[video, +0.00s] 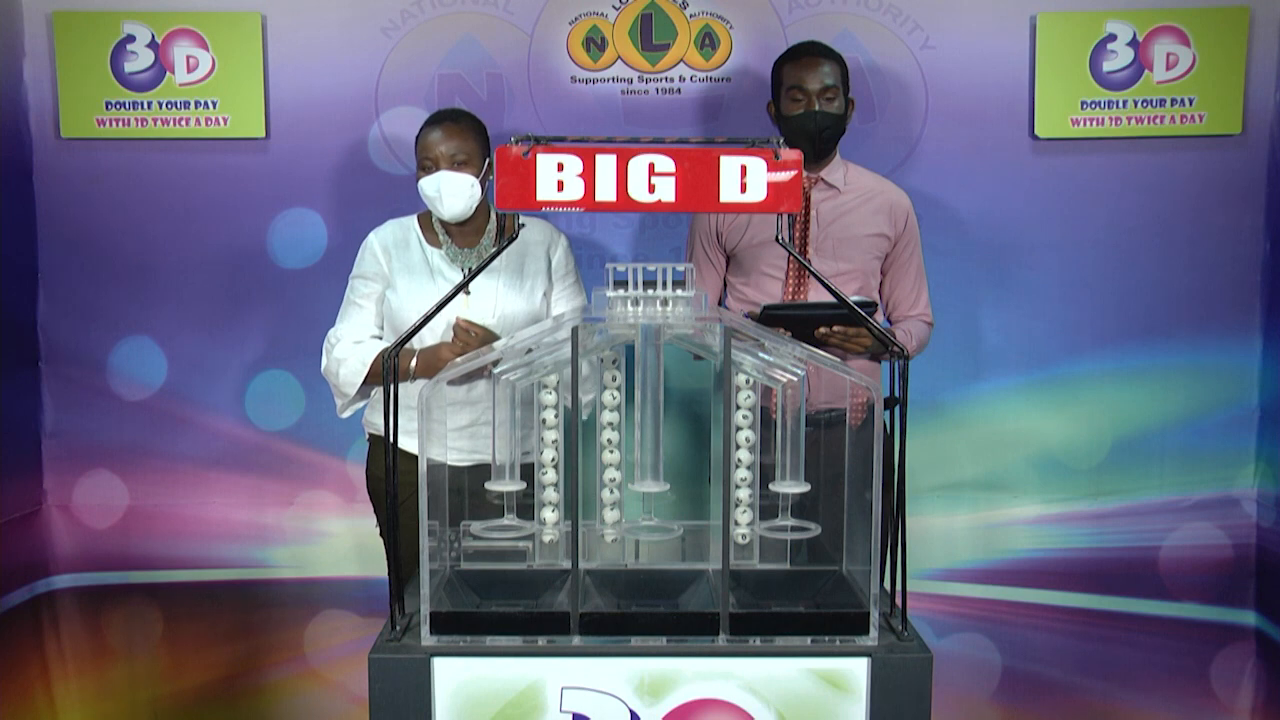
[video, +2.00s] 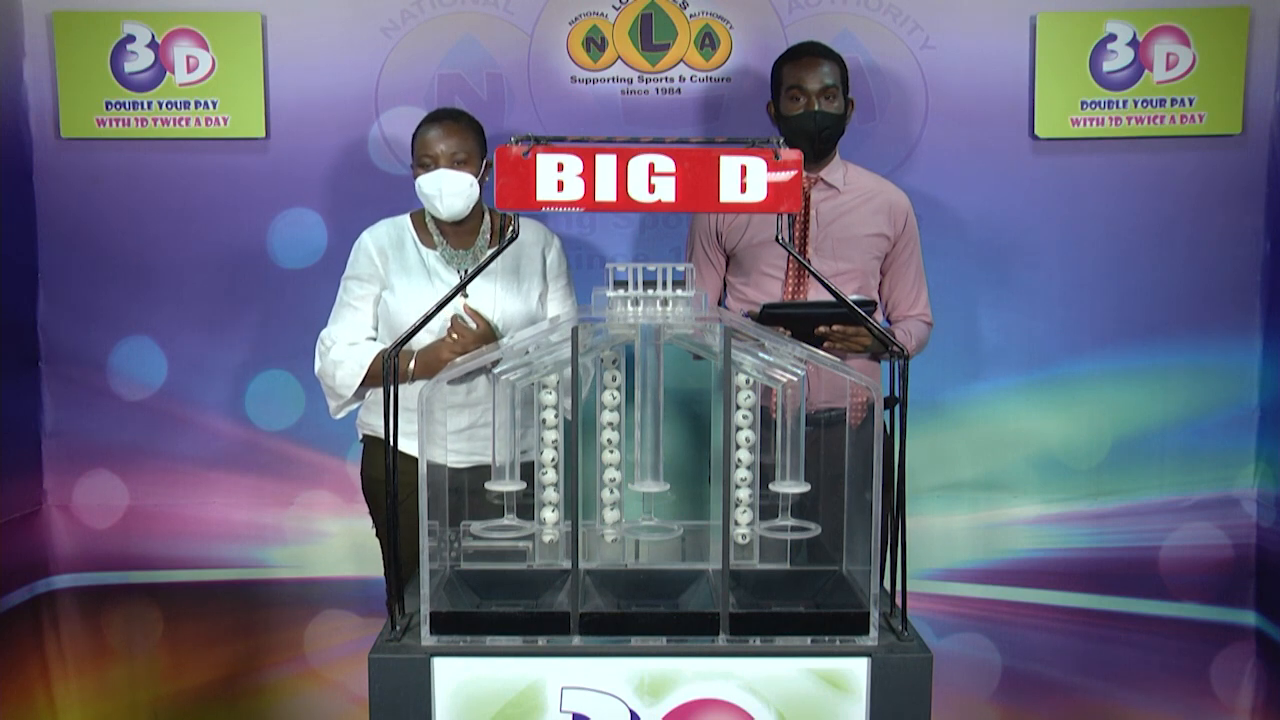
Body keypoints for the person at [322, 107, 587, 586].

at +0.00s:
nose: (445, 180)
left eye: (459, 164)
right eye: (430, 167)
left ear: (487, 167)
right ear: (417, 174)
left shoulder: (543, 245)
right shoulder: (386, 247)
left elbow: (576, 360)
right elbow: (343, 359)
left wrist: (502, 355)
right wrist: (426, 360)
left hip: (513, 463)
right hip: (409, 464)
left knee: (506, 615)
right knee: (417, 615)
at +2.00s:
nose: (445, 179)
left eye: (459, 163)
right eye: (430, 166)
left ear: (483, 166)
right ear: (415, 171)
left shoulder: (537, 246)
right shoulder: (379, 246)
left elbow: (566, 354)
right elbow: (336, 360)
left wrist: (500, 352)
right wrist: (417, 362)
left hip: (507, 461)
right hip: (405, 461)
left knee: (502, 617)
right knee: (416, 616)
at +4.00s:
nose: (444, 180)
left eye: (459, 164)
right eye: (430, 165)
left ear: (486, 167)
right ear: (417, 169)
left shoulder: (539, 247)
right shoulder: (382, 248)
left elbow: (568, 361)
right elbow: (338, 360)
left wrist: (494, 359)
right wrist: (414, 361)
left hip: (507, 466)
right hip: (404, 466)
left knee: (502, 619)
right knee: (416, 618)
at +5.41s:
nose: (464, 171)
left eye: (482, 160)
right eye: (452, 155)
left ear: (504, 172)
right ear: (431, 162)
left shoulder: (539, 244)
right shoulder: (380, 244)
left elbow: (571, 357)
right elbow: (338, 358)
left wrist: (503, 357)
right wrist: (429, 363)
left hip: (509, 463)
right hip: (407, 463)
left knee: (504, 618)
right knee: (416, 615)